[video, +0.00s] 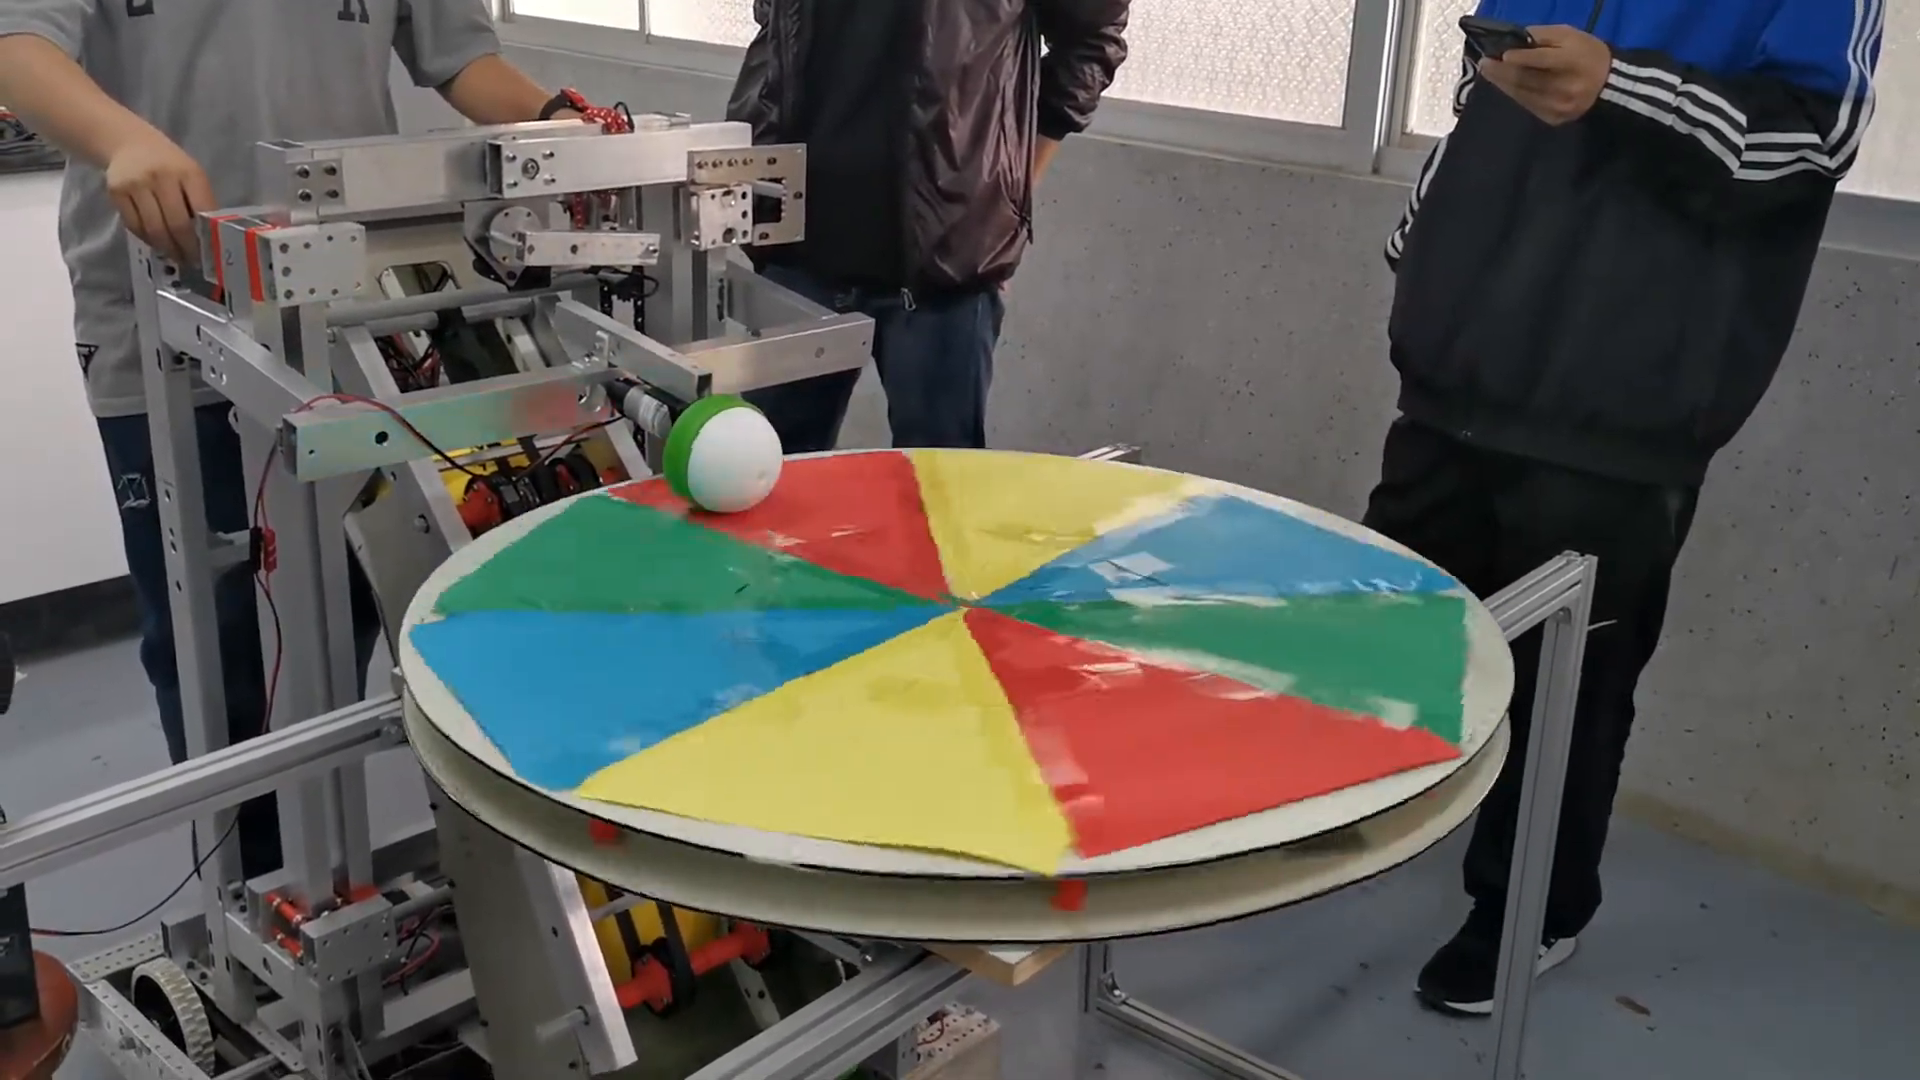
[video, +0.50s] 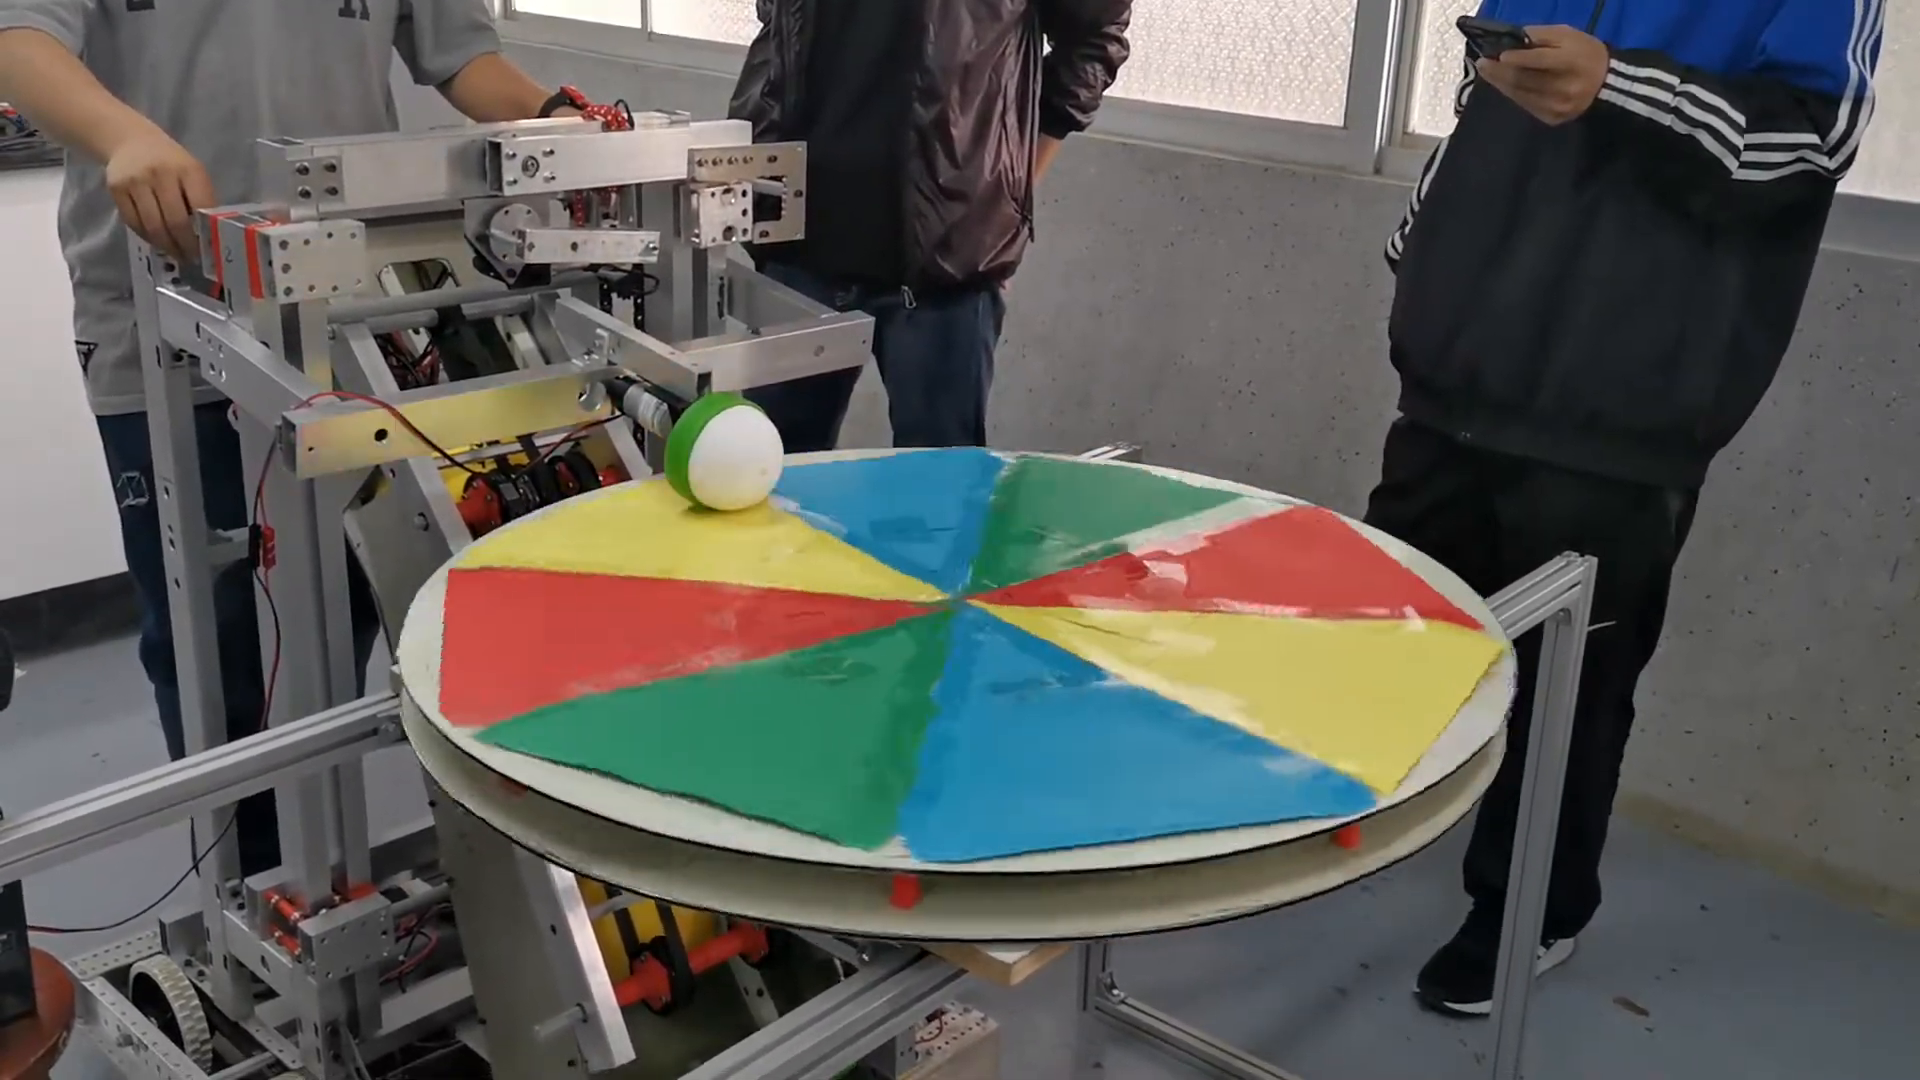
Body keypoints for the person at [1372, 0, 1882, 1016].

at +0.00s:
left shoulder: (1819, 6)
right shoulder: (1537, 5)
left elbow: (1812, 141)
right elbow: (1487, 93)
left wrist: (1613, 86)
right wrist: (1415, 243)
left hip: (1638, 375)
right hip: (1472, 330)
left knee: (1571, 667)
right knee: (1398, 615)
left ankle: (1528, 910)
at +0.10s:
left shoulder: (1821, 6)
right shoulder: (1536, 5)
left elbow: (1813, 141)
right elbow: (1487, 97)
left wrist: (1614, 86)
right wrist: (1415, 243)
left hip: (1638, 377)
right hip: (1472, 333)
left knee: (1571, 670)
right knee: (1398, 614)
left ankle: (1527, 910)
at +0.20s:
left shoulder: (1821, 7)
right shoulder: (1539, 5)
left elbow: (1813, 142)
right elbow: (1487, 98)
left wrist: (1613, 86)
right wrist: (1415, 245)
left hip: (1639, 376)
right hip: (1473, 330)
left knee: (1572, 669)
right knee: (1397, 615)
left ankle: (1528, 910)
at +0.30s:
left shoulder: (1821, 7)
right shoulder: (1539, 5)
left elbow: (1813, 141)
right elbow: (1488, 99)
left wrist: (1613, 85)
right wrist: (1415, 244)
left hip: (1639, 376)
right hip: (1473, 330)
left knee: (1572, 670)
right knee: (1398, 613)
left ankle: (1529, 910)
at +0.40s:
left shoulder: (1820, 7)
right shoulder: (1539, 5)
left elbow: (1813, 141)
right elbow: (1488, 99)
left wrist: (1612, 85)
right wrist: (1416, 244)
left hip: (1639, 376)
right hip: (1473, 330)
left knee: (1573, 670)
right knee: (1397, 617)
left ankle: (1529, 911)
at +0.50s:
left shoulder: (1820, 7)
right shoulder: (1539, 6)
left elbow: (1811, 142)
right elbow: (1490, 96)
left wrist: (1612, 85)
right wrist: (1415, 246)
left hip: (1641, 373)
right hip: (1474, 327)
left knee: (1573, 666)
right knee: (1394, 615)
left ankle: (1528, 909)